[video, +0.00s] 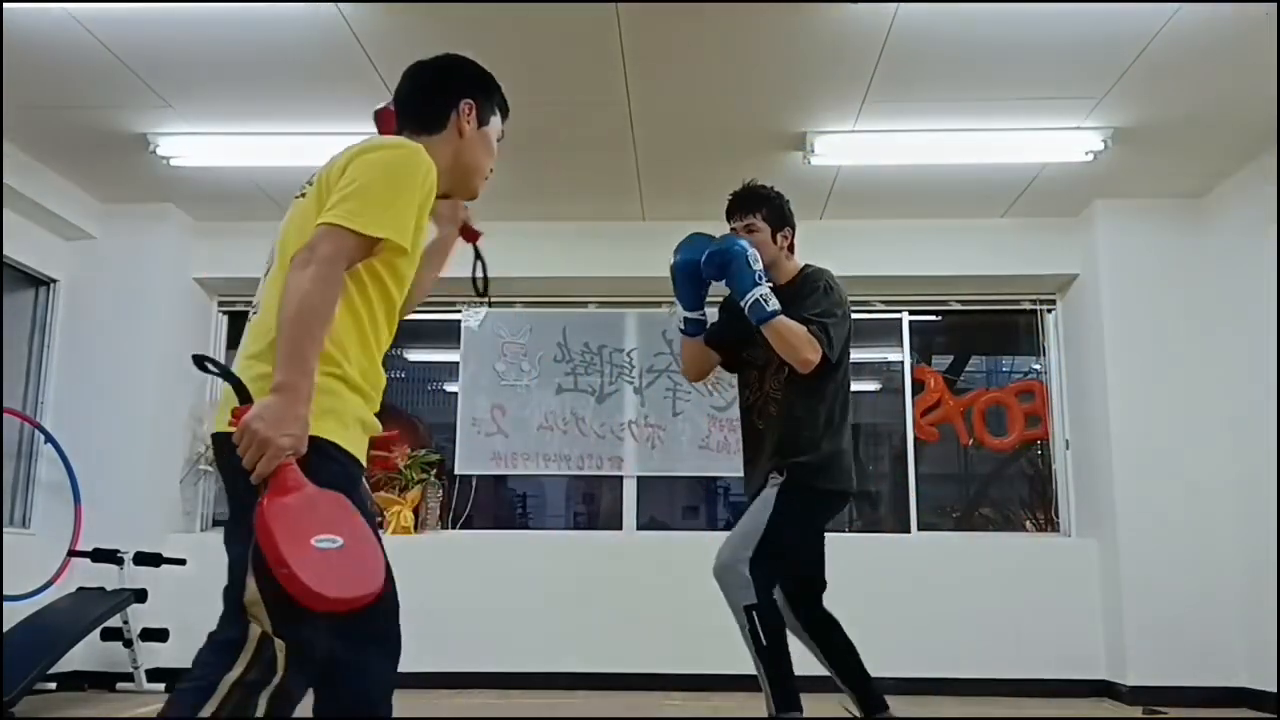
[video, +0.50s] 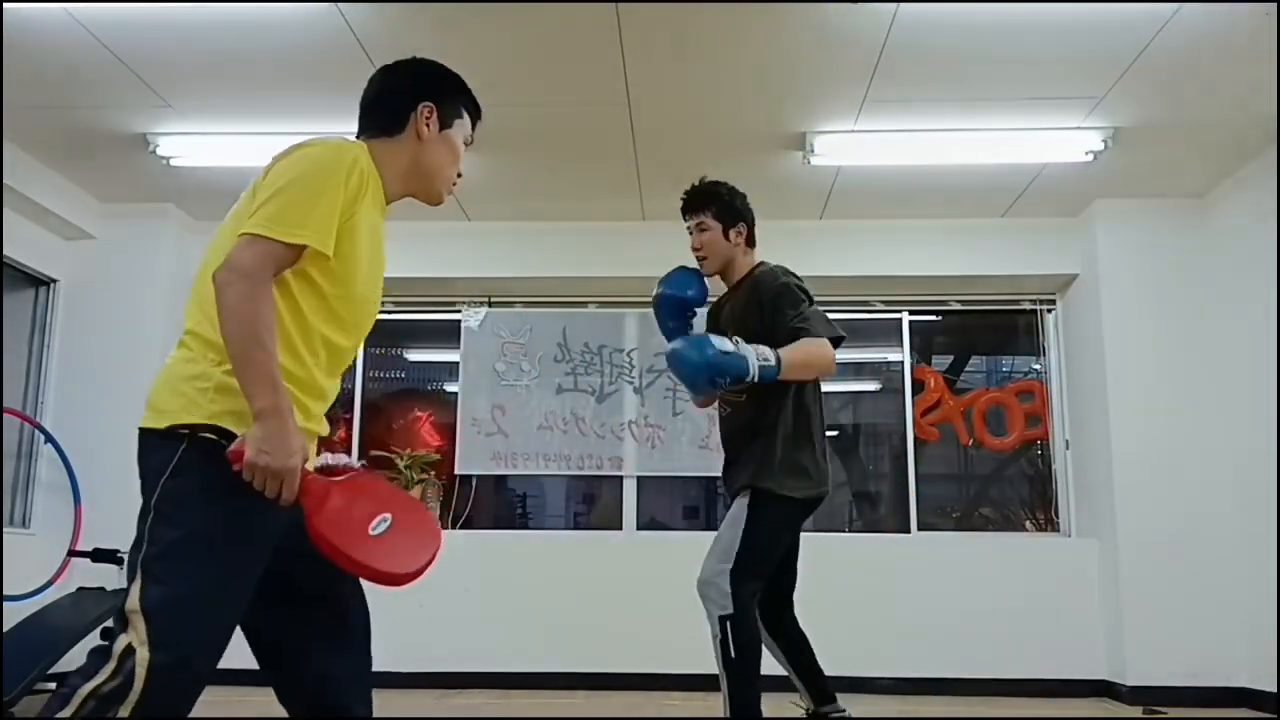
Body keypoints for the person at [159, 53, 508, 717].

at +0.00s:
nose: (495, 158)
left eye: (499, 141)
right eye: (497, 136)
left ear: (424, 116)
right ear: (465, 118)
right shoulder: (401, 160)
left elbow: (385, 313)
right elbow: (319, 265)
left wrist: (448, 234)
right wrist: (288, 400)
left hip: (301, 434)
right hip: (305, 433)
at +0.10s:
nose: (505, 167)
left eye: (508, 152)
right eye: (503, 145)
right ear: (469, 127)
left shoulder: (418, 228)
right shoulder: (400, 164)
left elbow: (467, 279)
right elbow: (318, 261)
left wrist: (531, 235)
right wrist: (309, 393)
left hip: (334, 441)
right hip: (274, 420)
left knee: (351, 639)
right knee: (261, 631)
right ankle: (167, 712)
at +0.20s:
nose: (504, 173)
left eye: (507, 156)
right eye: (503, 149)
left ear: (460, 137)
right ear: (470, 134)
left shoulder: (434, 234)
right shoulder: (393, 166)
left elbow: (492, 273)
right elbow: (308, 256)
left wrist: (577, 263)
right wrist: (316, 387)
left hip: (323, 436)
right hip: (263, 418)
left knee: (354, 623)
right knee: (252, 623)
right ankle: (140, 706)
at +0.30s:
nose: (498, 168)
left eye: (502, 151)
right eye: (497, 145)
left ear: (455, 130)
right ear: (461, 127)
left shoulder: (409, 231)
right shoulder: (380, 165)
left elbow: (423, 329)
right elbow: (289, 262)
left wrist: (519, 326)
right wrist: (313, 392)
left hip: (314, 443)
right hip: (256, 424)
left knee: (351, 638)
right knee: (215, 634)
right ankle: (81, 711)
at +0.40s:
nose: (485, 164)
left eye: (489, 148)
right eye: (484, 141)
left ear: (440, 125)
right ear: (445, 122)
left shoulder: (387, 216)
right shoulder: (360, 164)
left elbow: (331, 344)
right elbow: (268, 270)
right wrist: (296, 407)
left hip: (304, 455)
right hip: (238, 433)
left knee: (345, 663)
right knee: (177, 656)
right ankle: (48, 708)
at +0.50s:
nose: (464, 164)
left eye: (468, 147)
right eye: (463, 140)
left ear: (416, 123)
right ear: (425, 120)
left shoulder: (361, 213)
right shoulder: (336, 162)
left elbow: (292, 349)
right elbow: (241, 275)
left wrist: (308, 452)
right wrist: (274, 416)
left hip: (271, 458)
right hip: (212, 442)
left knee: (335, 675)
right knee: (155, 670)